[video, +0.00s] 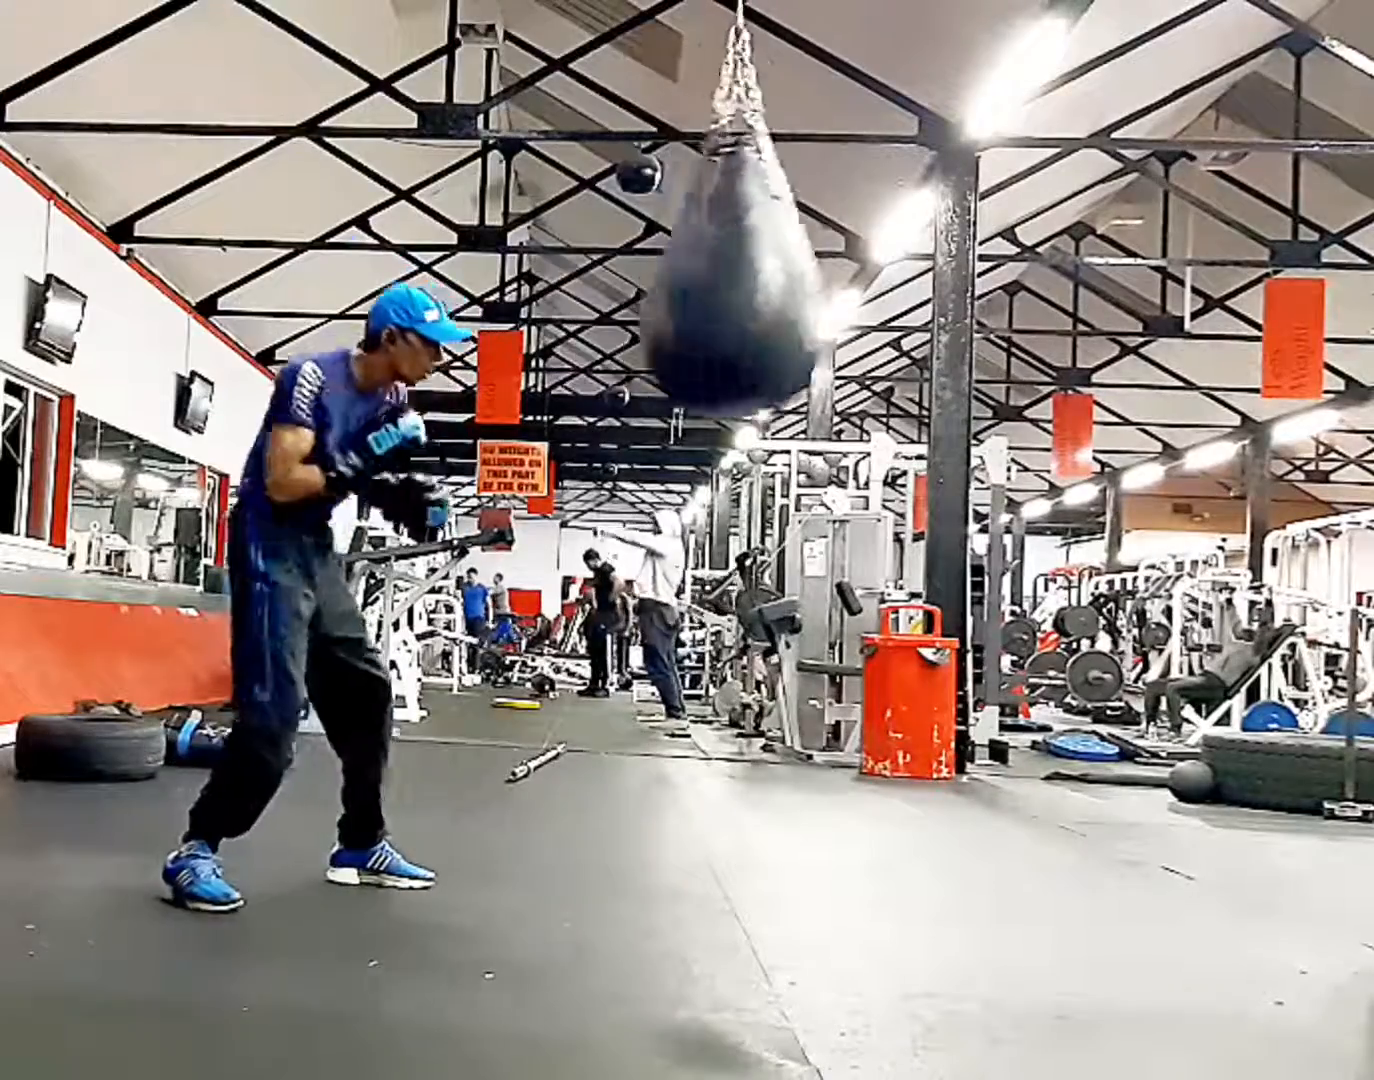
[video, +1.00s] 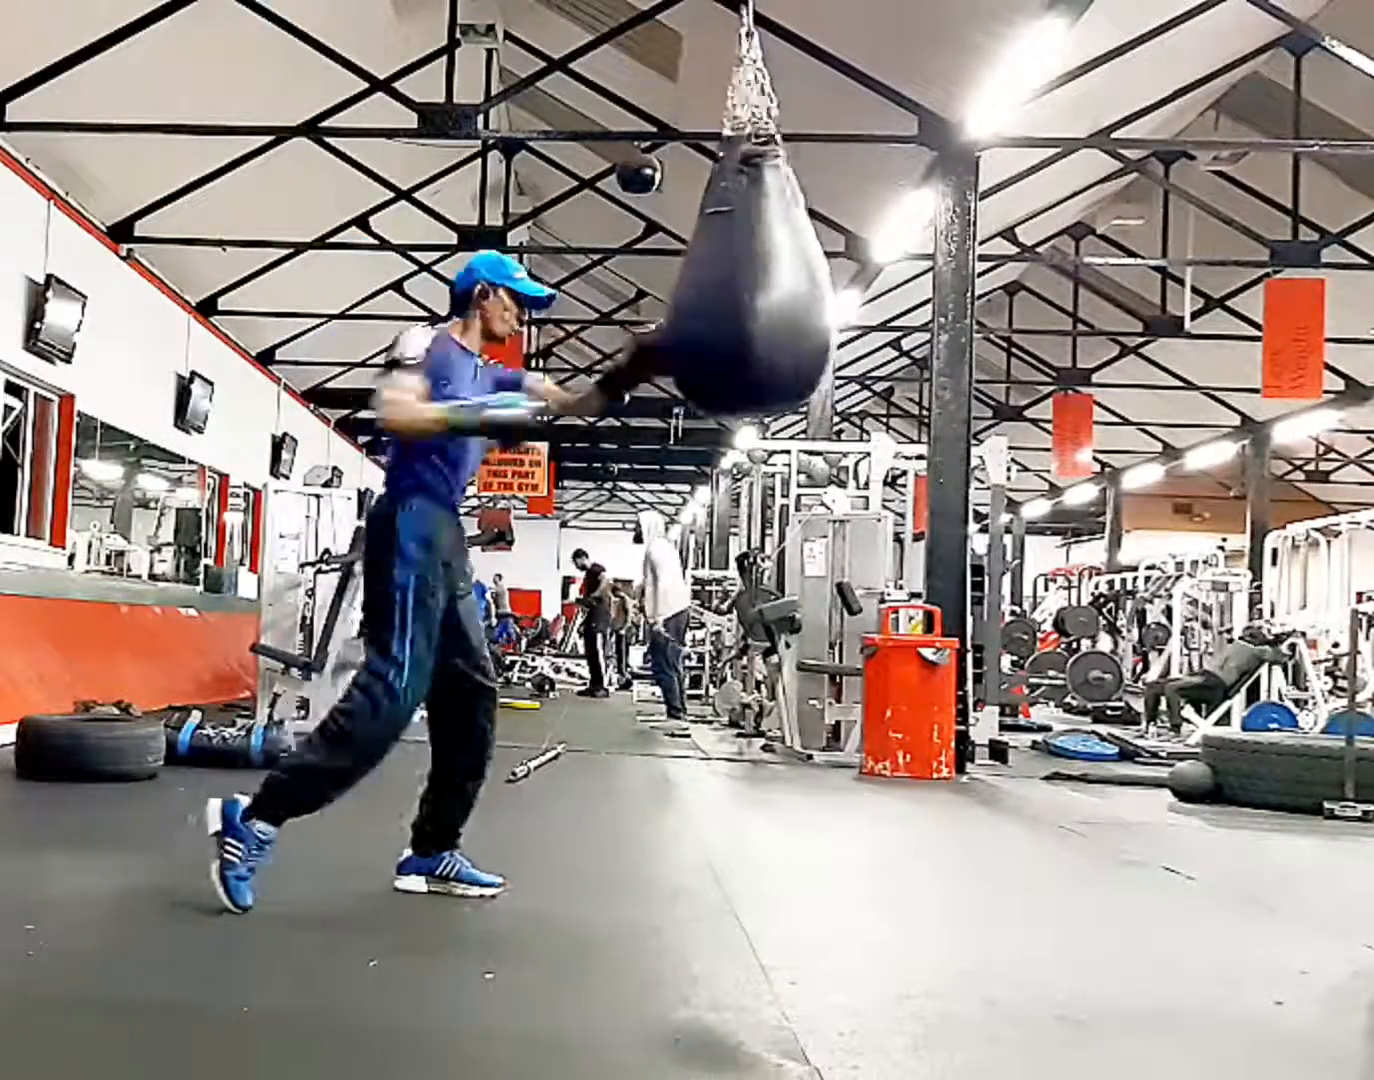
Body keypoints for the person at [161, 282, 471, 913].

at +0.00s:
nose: (436, 362)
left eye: (440, 352)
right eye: (430, 349)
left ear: (405, 345)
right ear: (393, 338)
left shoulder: (390, 407)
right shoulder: (309, 377)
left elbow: (360, 479)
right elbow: (282, 483)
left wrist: (400, 502)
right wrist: (367, 464)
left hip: (319, 561)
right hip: (268, 558)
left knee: (366, 694)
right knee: (270, 722)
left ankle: (361, 845)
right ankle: (193, 851)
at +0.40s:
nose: (433, 309)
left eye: (435, 298)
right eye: (426, 295)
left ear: (395, 292)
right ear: (389, 288)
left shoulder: (374, 366)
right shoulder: (328, 347)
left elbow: (345, 456)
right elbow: (297, 459)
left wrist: (405, 435)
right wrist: (383, 455)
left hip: (344, 537)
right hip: (311, 534)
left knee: (368, 700)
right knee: (281, 703)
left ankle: (422, 851)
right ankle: (194, 850)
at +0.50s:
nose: (454, 311)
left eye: (456, 300)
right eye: (449, 297)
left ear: (419, 292)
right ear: (414, 288)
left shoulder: (394, 366)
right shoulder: (344, 342)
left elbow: (400, 447)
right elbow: (321, 454)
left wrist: (446, 405)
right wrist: (405, 458)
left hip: (365, 533)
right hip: (323, 528)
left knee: (405, 689)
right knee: (296, 703)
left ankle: (424, 849)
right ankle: (198, 844)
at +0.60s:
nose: (475, 321)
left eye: (478, 311)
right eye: (468, 306)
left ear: (446, 306)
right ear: (433, 296)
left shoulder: (433, 387)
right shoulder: (369, 344)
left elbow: (464, 459)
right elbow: (332, 439)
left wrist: (529, 420)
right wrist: (407, 443)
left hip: (387, 544)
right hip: (344, 533)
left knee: (430, 690)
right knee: (309, 706)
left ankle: (425, 850)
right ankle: (202, 838)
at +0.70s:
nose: (504, 326)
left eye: (507, 317)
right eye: (497, 312)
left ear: (470, 311)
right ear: (461, 305)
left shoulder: (444, 370)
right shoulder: (423, 346)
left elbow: (432, 477)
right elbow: (397, 388)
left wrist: (499, 454)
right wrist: (472, 373)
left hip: (398, 531)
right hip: (379, 526)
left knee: (425, 688)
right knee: (332, 694)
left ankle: (425, 848)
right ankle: (207, 832)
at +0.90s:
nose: (522, 318)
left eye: (523, 308)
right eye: (515, 304)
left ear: (483, 304)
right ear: (484, 299)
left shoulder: (464, 354)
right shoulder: (455, 336)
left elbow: (471, 440)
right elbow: (538, 377)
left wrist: (525, 394)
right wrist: (599, 368)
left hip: (436, 533)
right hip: (406, 526)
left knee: (458, 695)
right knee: (353, 684)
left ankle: (427, 851)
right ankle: (227, 821)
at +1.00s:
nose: (523, 317)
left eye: (524, 307)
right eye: (517, 304)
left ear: (495, 304)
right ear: (486, 297)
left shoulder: (499, 371)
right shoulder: (430, 345)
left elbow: (569, 402)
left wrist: (626, 373)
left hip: (447, 532)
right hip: (410, 522)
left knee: (471, 693)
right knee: (392, 692)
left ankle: (432, 851)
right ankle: (255, 818)